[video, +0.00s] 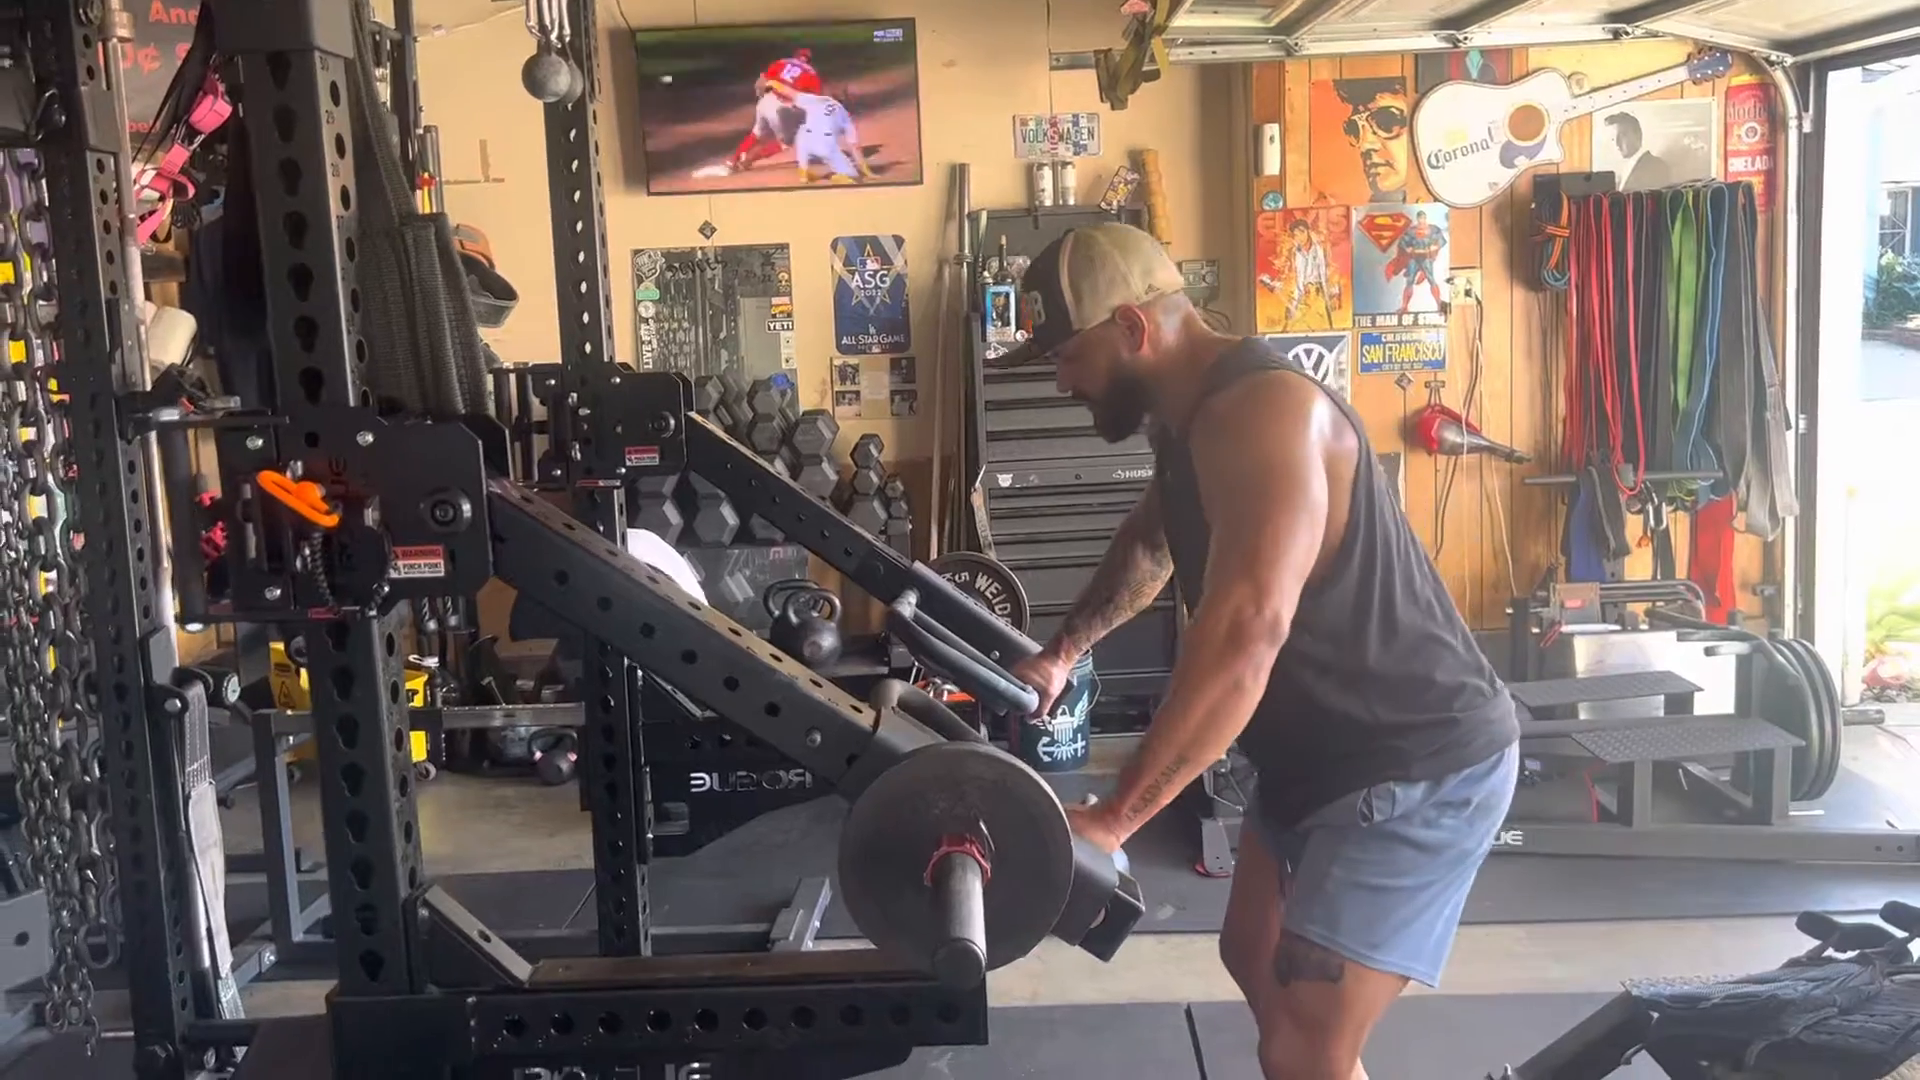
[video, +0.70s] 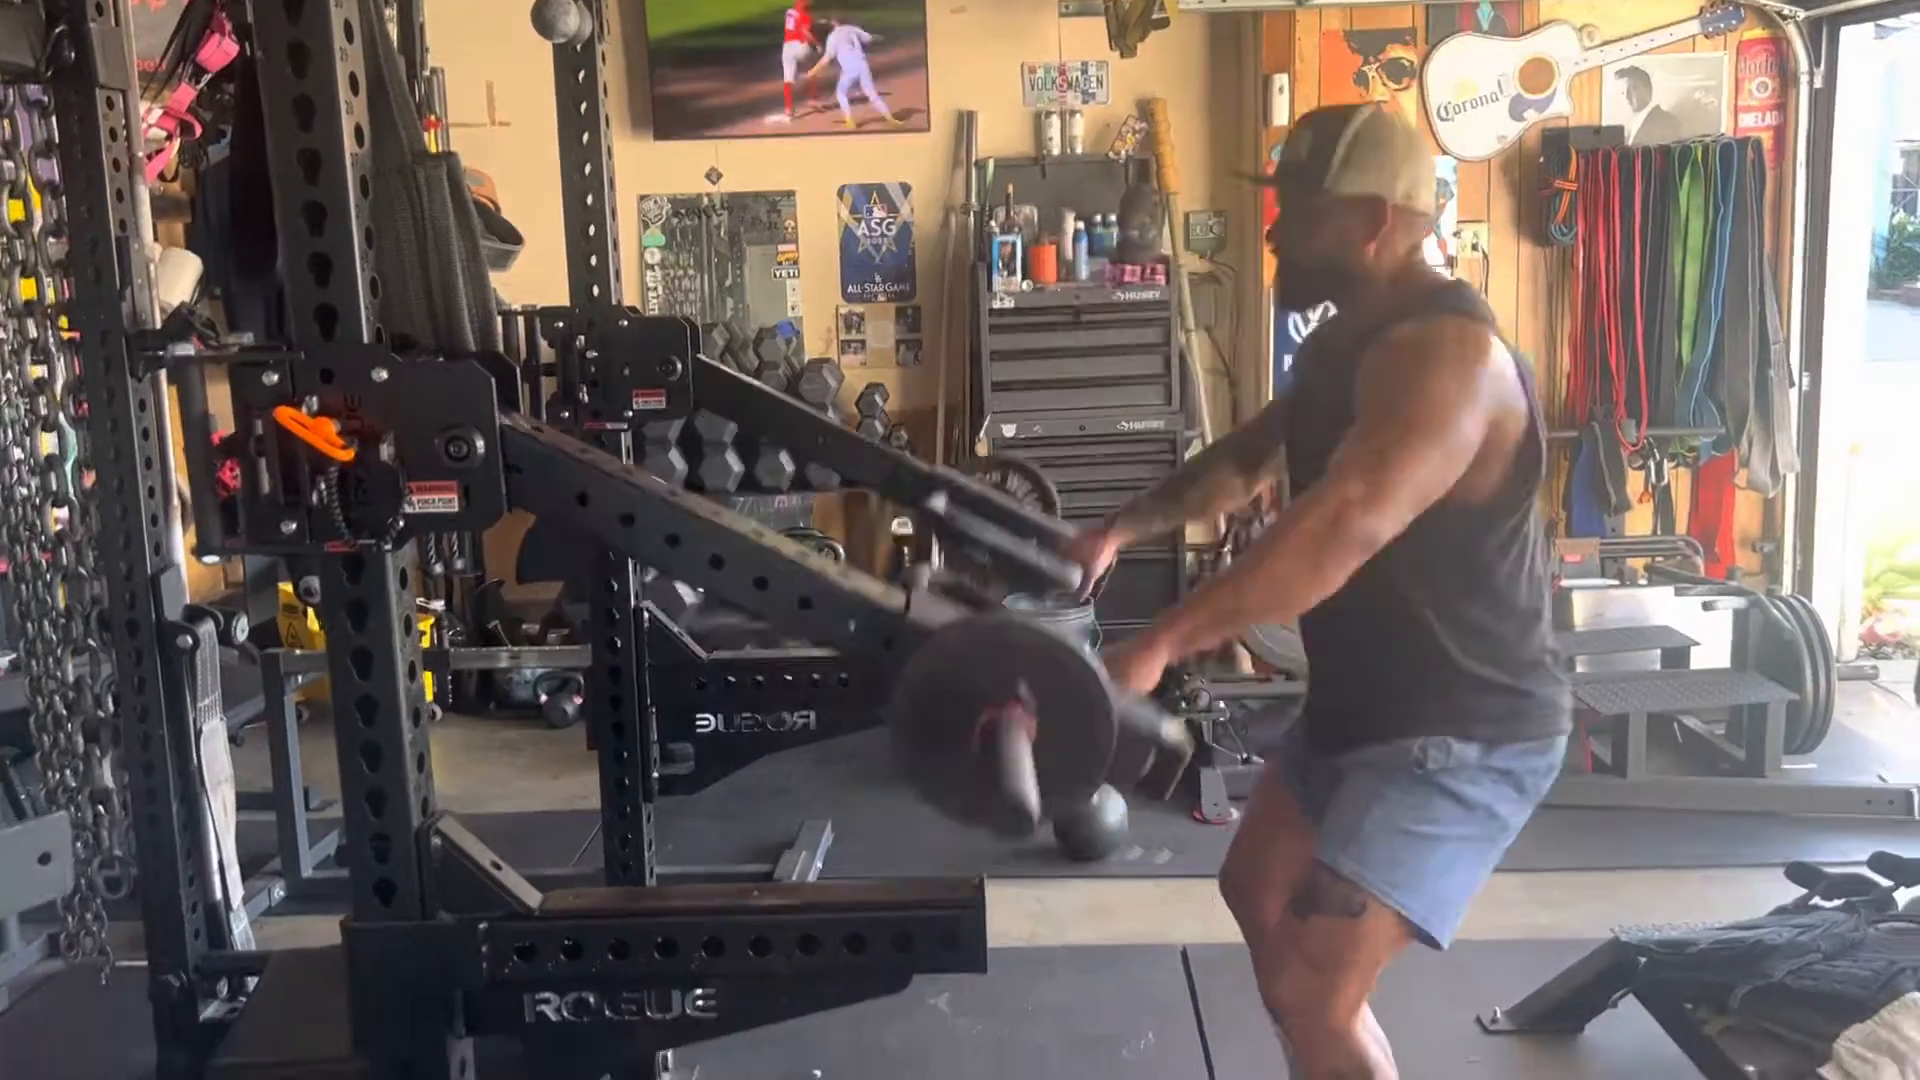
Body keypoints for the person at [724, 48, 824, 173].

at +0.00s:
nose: (803, 60)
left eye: (803, 58)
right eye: (805, 58)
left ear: (795, 56)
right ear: (808, 59)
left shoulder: (781, 63)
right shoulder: (812, 74)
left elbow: (764, 78)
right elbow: (814, 97)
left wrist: (760, 92)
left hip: (766, 99)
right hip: (783, 107)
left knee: (756, 133)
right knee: (784, 143)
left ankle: (734, 159)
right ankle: (749, 158)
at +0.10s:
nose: (827, 59)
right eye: (828, 56)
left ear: (814, 49)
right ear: (826, 55)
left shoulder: (794, 53)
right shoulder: (820, 68)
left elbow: (778, 70)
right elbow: (817, 96)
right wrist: (813, 119)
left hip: (771, 89)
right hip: (790, 95)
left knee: (766, 130)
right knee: (797, 127)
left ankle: (751, 165)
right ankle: (775, 159)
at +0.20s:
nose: (845, 53)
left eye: (845, 50)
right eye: (845, 50)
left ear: (833, 41)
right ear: (842, 47)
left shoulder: (810, 47)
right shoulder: (832, 57)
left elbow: (796, 66)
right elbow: (826, 81)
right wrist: (820, 104)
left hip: (787, 82)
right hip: (806, 87)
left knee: (783, 129)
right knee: (812, 124)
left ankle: (772, 170)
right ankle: (807, 164)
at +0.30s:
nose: (846, 42)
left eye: (847, 39)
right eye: (846, 39)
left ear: (834, 30)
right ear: (842, 35)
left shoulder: (817, 39)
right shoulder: (832, 45)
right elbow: (822, 67)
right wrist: (836, 89)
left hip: (793, 80)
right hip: (810, 83)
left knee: (792, 127)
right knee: (821, 125)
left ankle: (786, 170)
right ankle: (827, 165)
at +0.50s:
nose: (833, 28)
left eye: (833, 24)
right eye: (832, 24)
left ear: (821, 20)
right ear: (827, 22)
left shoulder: (809, 31)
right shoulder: (820, 36)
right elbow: (815, 64)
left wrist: (848, 63)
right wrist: (827, 87)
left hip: (799, 71)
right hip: (810, 71)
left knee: (800, 110)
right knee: (827, 108)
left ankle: (796, 148)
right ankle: (833, 146)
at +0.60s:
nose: (822, 14)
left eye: (822, 10)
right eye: (821, 10)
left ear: (808, 9)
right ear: (816, 10)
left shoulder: (799, 21)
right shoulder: (811, 24)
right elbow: (809, 43)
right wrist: (817, 57)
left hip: (794, 55)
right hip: (808, 55)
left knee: (794, 90)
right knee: (820, 88)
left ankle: (793, 126)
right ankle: (826, 118)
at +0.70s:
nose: (808, 6)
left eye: (806, 5)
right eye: (807, 5)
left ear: (796, 4)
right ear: (805, 5)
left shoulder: (789, 12)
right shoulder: (805, 16)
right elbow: (806, 32)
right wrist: (817, 44)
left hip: (788, 44)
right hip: (802, 45)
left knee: (788, 78)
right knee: (811, 70)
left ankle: (788, 109)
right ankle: (813, 97)